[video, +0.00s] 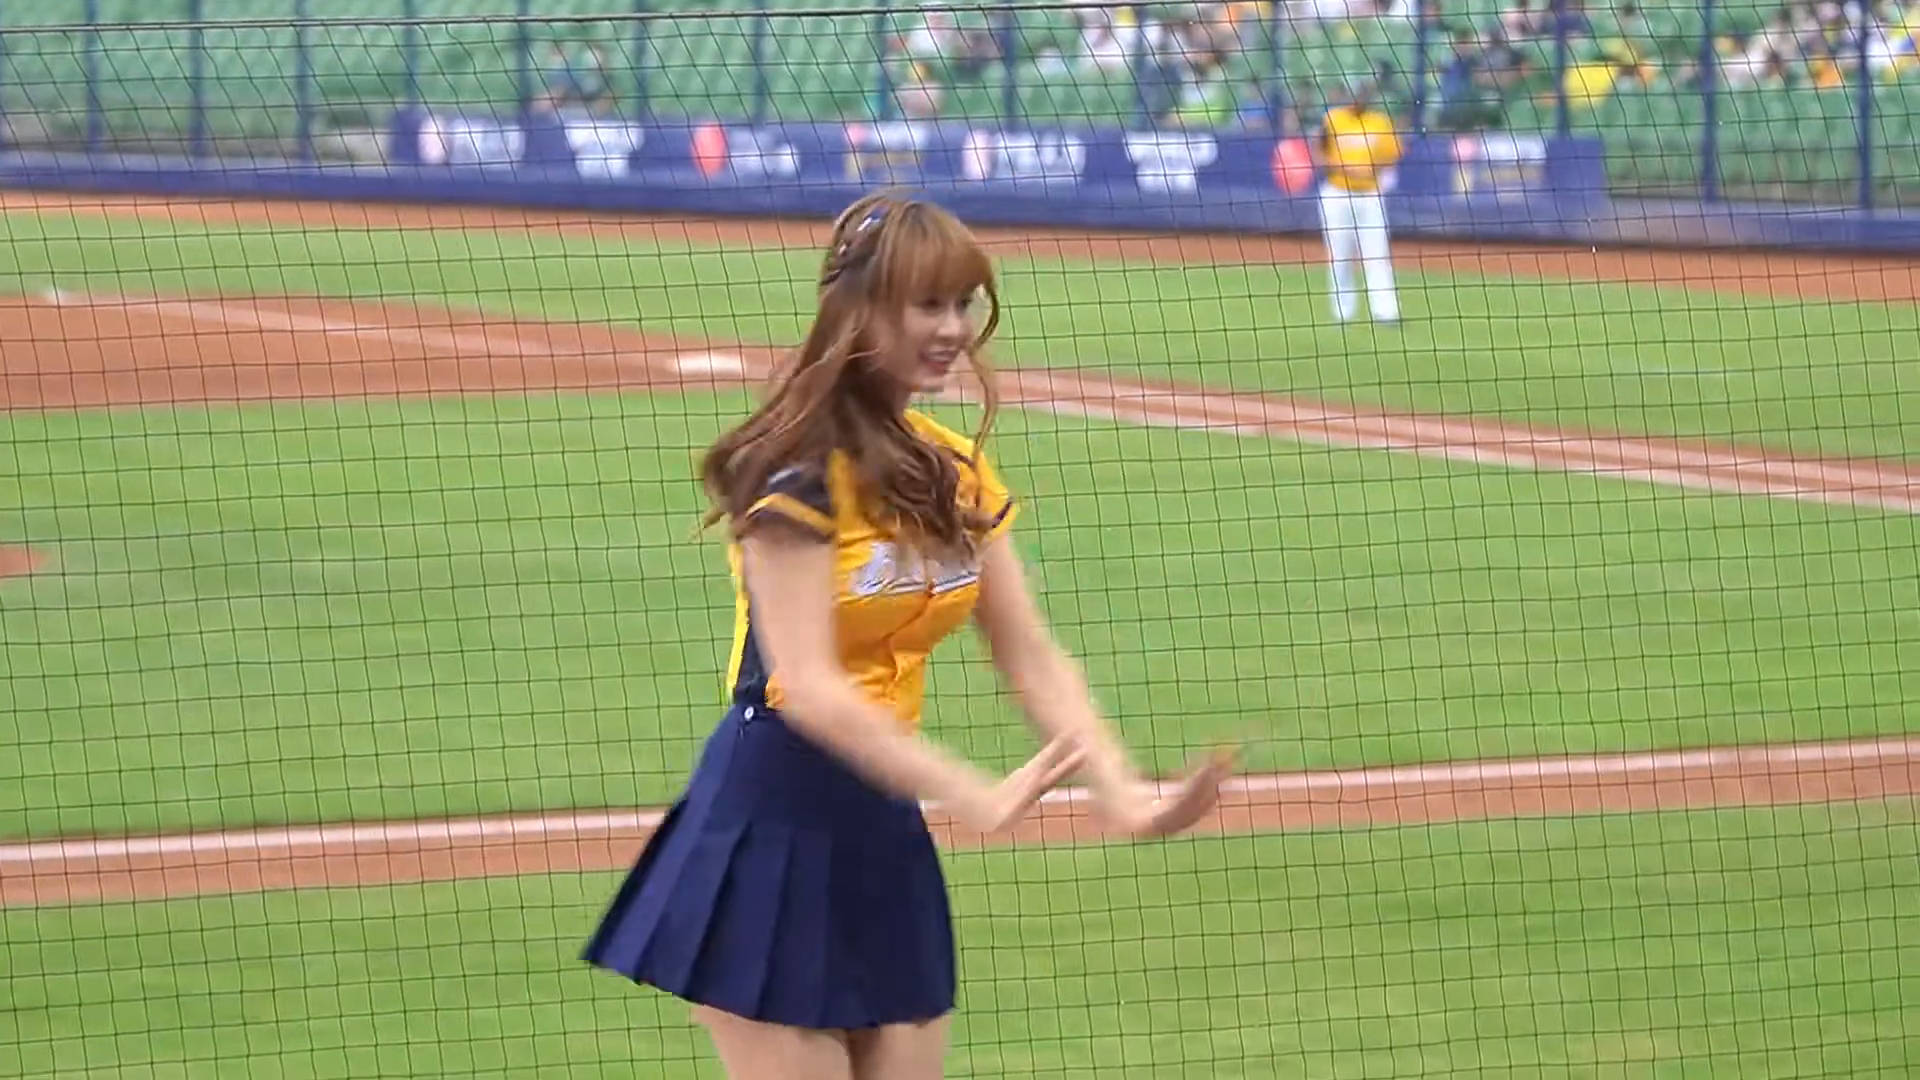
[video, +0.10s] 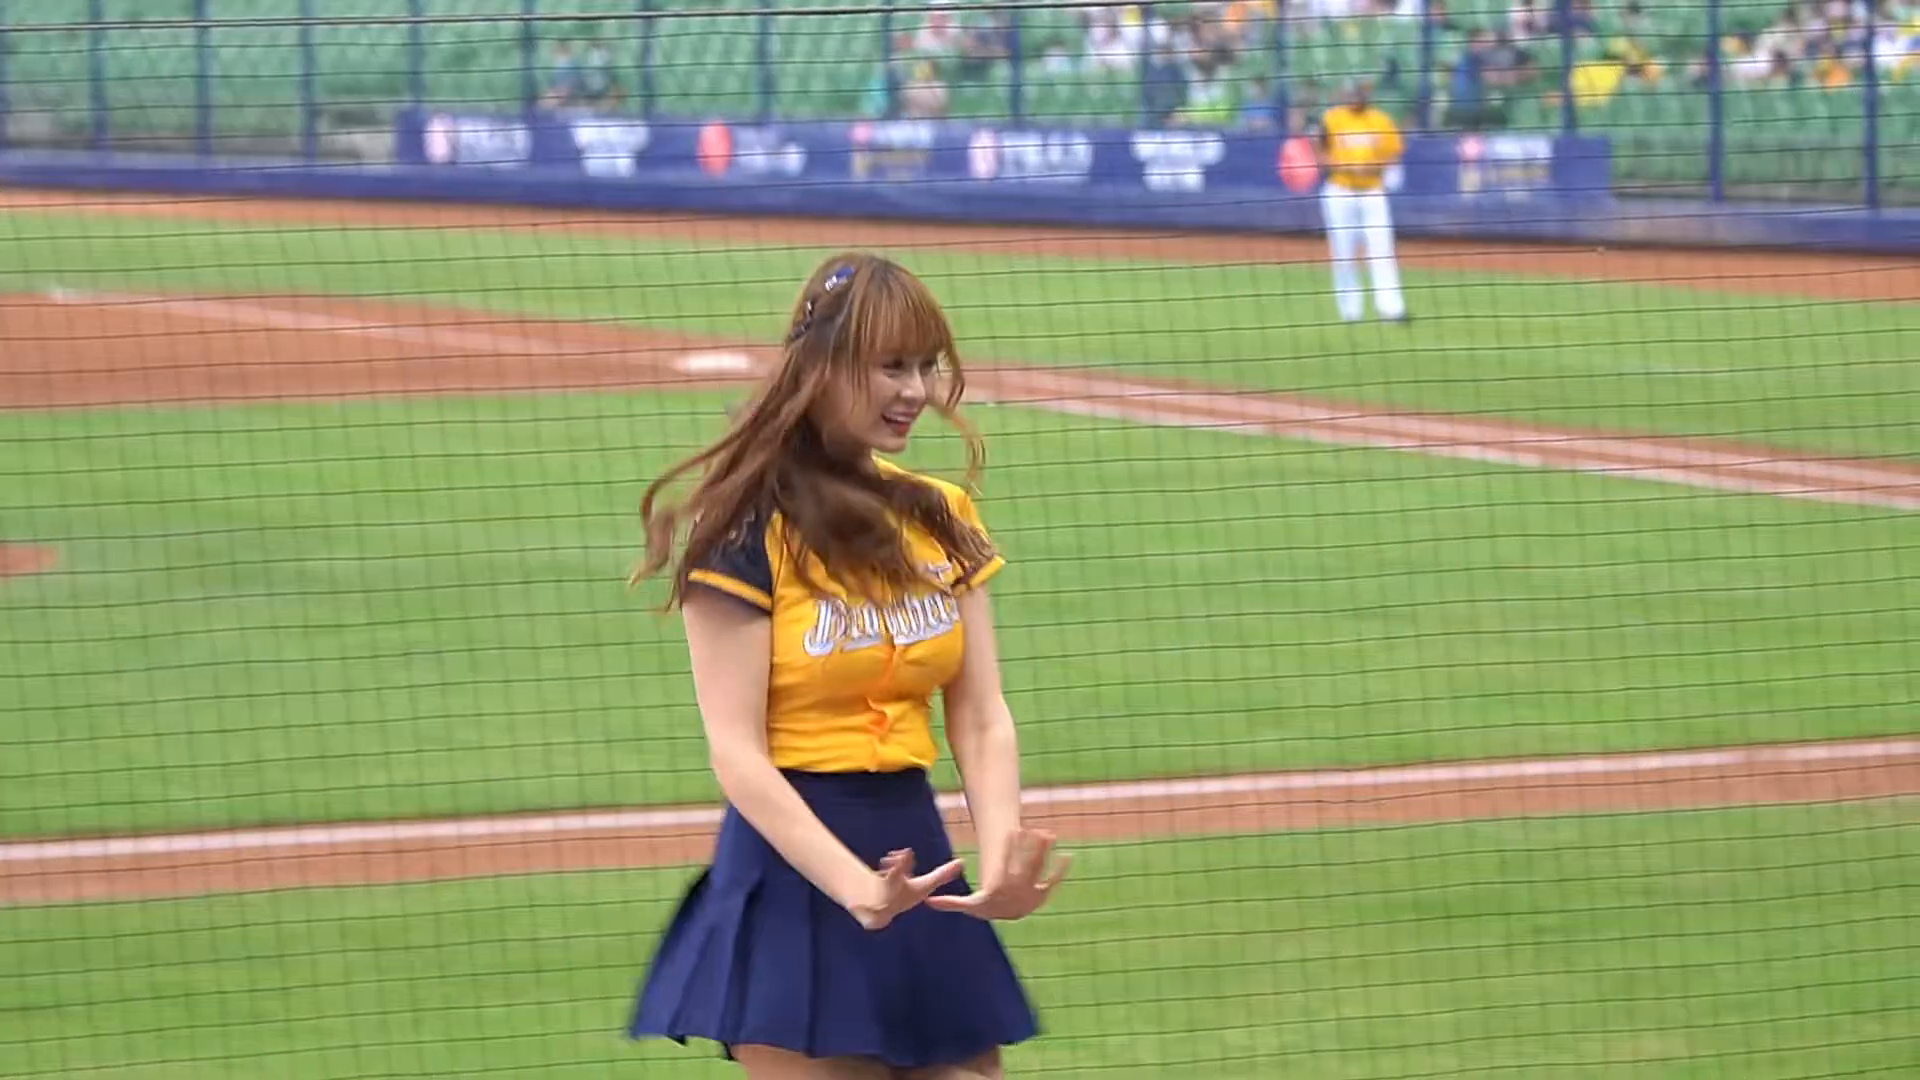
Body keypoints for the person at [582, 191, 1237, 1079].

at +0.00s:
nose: (952, 329)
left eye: (963, 305)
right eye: (927, 304)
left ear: (977, 313)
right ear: (856, 313)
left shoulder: (956, 468)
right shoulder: (792, 473)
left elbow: (1027, 652)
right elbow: (803, 684)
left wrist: (1122, 792)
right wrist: (966, 793)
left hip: (885, 813)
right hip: (771, 807)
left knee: (909, 1058)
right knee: (801, 1061)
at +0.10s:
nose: (916, 392)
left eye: (925, 368)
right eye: (894, 367)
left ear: (936, 374)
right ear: (820, 367)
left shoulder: (940, 516)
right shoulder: (739, 533)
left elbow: (980, 713)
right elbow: (736, 753)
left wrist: (998, 856)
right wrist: (853, 883)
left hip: (917, 839)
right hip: (792, 842)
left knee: (963, 1057)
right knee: (818, 1057)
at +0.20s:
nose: (922, 364)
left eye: (930, 339)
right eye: (897, 339)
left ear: (939, 350)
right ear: (823, 349)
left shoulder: (959, 481)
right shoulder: (737, 521)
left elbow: (998, 664)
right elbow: (730, 724)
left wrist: (978, 799)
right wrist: (778, 825)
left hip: (937, 826)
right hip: (799, 834)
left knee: (966, 1058)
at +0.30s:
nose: (936, 313)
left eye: (945, 290)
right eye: (911, 289)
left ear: (954, 302)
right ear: (834, 303)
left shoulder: (984, 437)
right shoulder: (753, 472)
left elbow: (1027, 608)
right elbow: (714, 676)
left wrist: (967, 701)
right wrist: (694, 731)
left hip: (938, 797)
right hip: (799, 801)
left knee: (929, 1061)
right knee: (809, 1063)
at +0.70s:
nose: (941, 330)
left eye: (951, 304)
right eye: (913, 306)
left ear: (965, 313)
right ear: (838, 318)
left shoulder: (987, 463)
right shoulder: (762, 485)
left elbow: (1025, 657)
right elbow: (699, 695)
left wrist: (1045, 788)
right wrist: (747, 810)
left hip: (956, 814)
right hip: (814, 818)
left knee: (973, 1057)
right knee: (837, 1057)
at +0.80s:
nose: (943, 374)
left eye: (953, 349)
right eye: (914, 352)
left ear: (967, 356)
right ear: (844, 369)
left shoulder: (970, 516)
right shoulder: (778, 531)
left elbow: (1015, 708)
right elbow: (768, 752)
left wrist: (1077, 856)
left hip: (948, 840)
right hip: (823, 840)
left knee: (986, 1054)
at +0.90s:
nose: (981, 319)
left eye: (988, 294)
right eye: (950, 298)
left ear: (1002, 301)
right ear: (880, 317)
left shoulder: (982, 470)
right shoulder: (826, 475)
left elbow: (1061, 655)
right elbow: (878, 685)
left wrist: (1196, 780)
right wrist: (1052, 781)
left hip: (911, 813)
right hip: (797, 817)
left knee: (949, 1057)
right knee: (834, 1064)